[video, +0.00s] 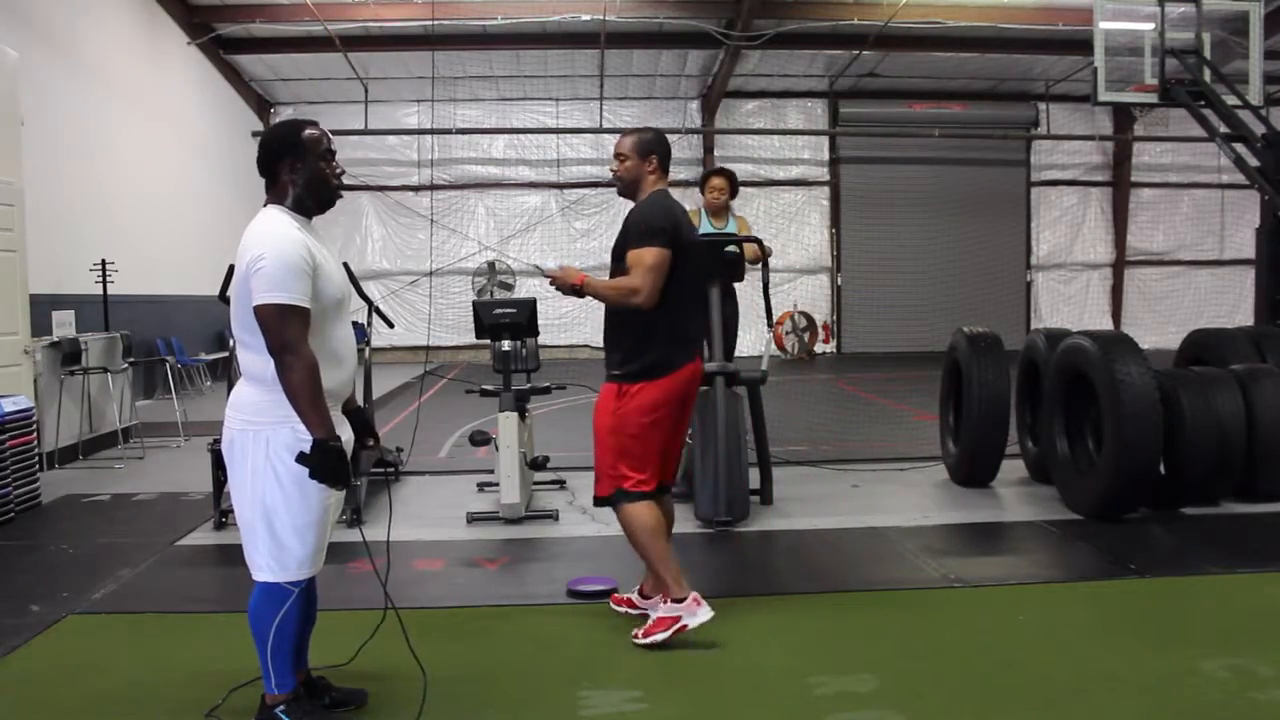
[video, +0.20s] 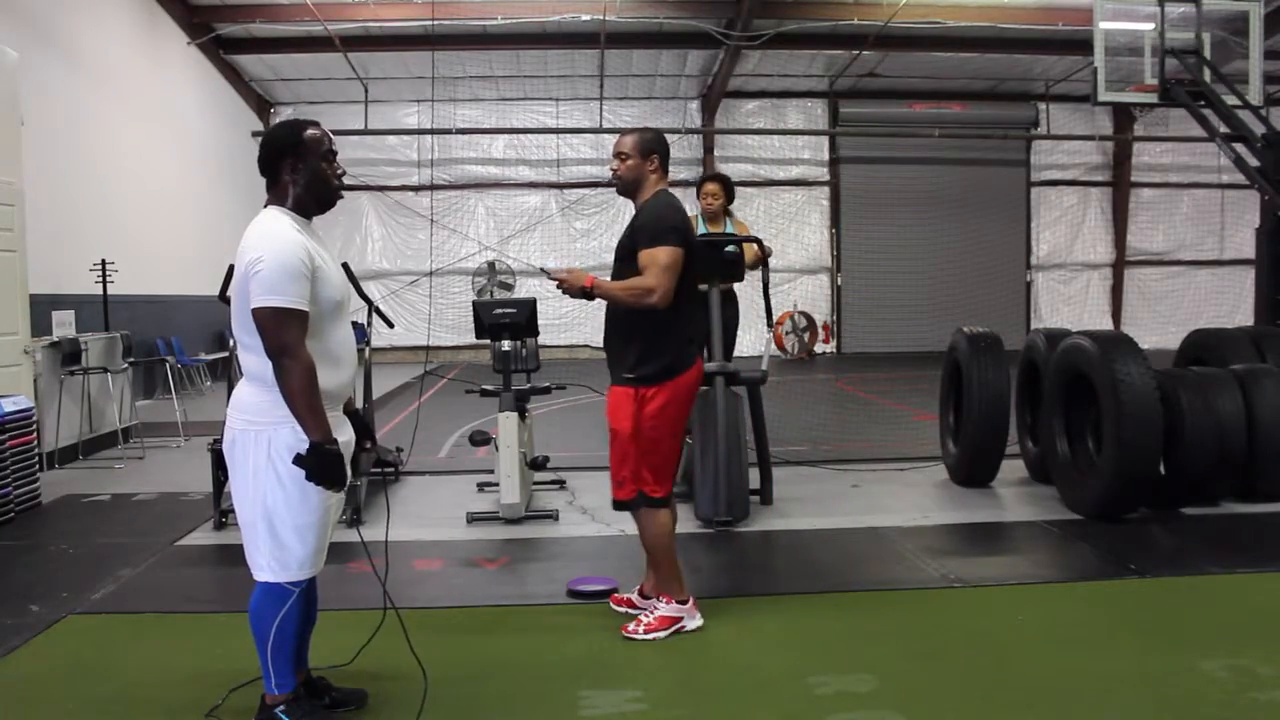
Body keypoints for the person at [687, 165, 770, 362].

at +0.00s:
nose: (716, 196)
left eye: (722, 191)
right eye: (711, 191)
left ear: (731, 196)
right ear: (703, 194)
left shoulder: (739, 222)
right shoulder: (692, 219)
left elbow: (750, 255)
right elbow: (681, 248)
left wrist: (760, 253)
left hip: (725, 287)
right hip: (695, 287)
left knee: (725, 347)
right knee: (693, 344)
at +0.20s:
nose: (709, 202)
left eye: (715, 197)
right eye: (704, 197)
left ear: (726, 201)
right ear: (698, 199)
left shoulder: (738, 227)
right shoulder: (689, 224)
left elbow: (749, 262)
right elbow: (675, 254)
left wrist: (759, 256)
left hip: (725, 294)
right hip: (694, 296)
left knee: (723, 358)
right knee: (692, 358)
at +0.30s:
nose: (701, 198)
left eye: (708, 193)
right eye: (697, 193)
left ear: (719, 196)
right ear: (691, 196)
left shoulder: (731, 221)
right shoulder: (687, 223)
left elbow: (751, 253)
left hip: (724, 292)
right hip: (693, 295)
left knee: (720, 355)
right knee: (691, 355)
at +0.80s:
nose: (696, 201)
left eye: (702, 196)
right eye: (691, 195)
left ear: (710, 199)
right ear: (683, 196)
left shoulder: (722, 224)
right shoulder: (671, 226)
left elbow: (746, 252)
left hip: (718, 299)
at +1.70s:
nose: (695, 193)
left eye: (701, 188)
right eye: (689, 188)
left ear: (711, 192)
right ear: (682, 191)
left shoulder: (721, 216)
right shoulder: (674, 216)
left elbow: (741, 247)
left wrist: (757, 250)